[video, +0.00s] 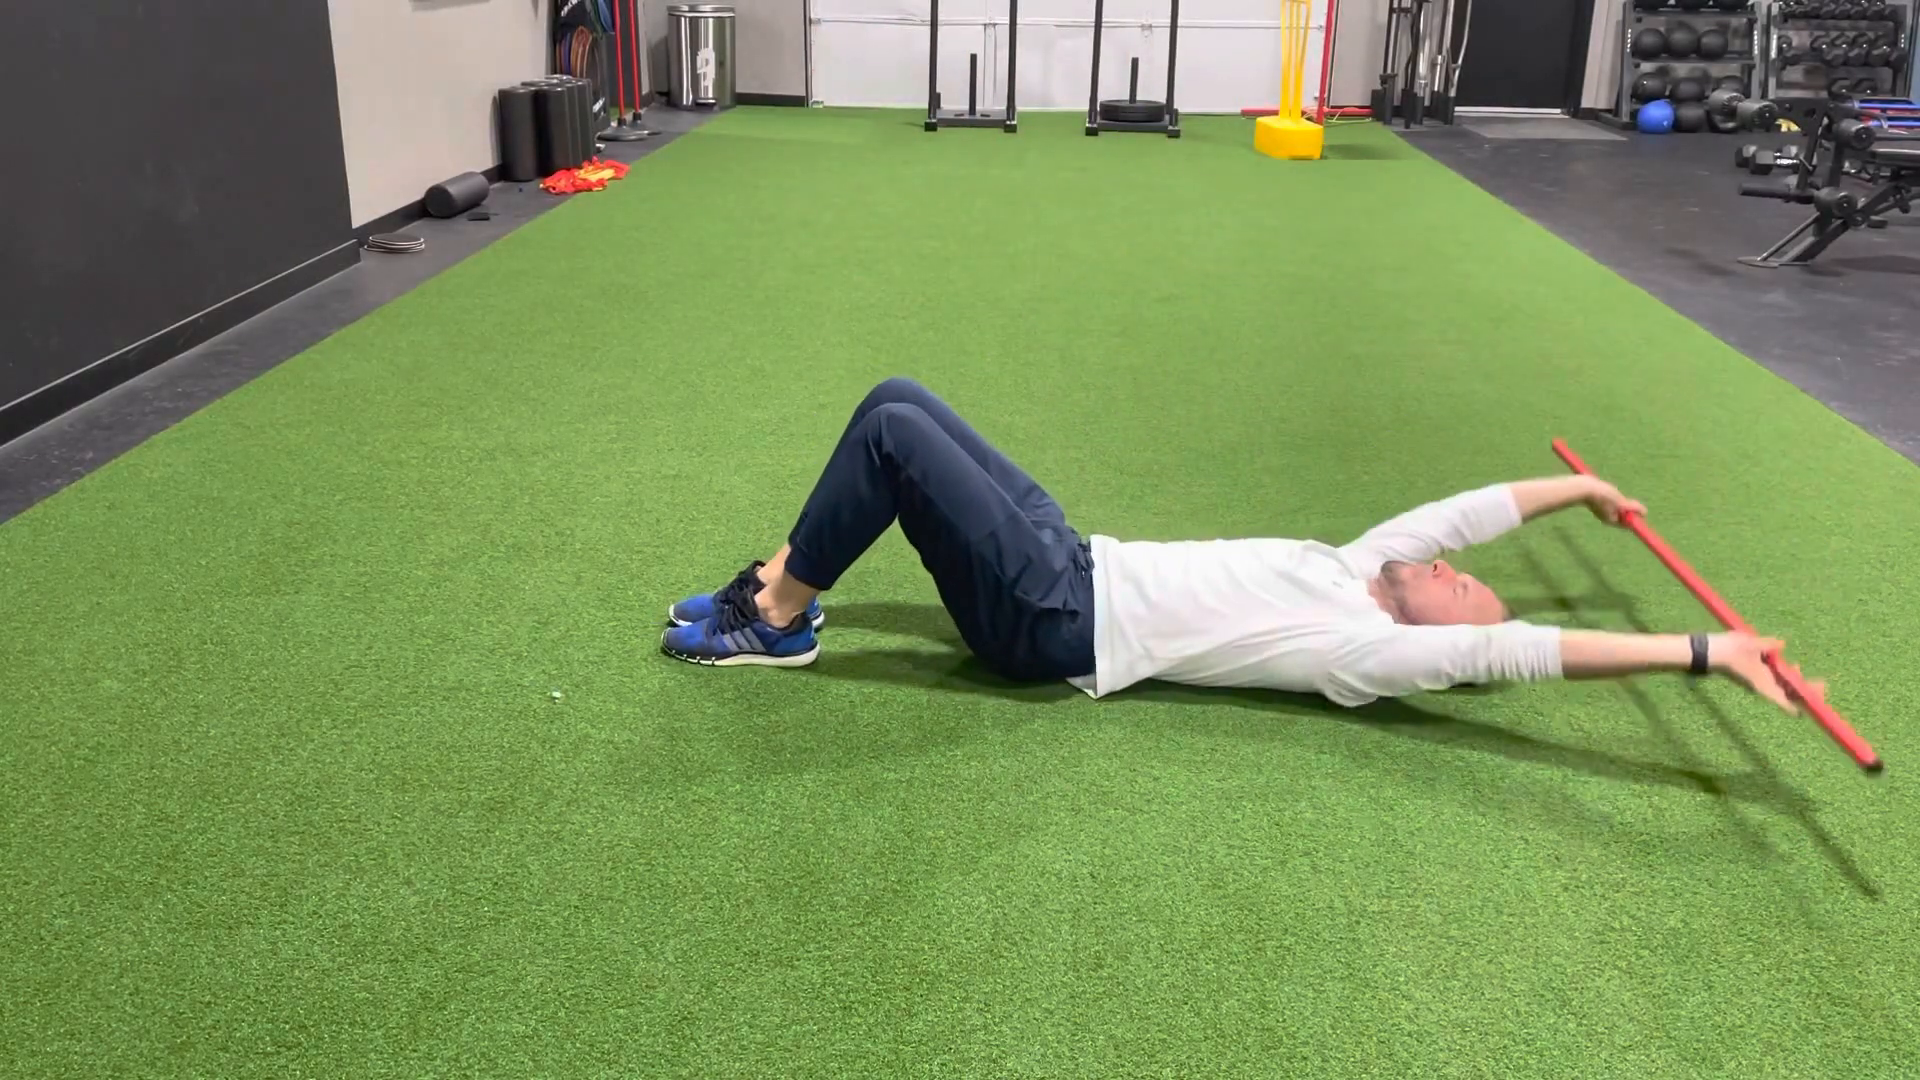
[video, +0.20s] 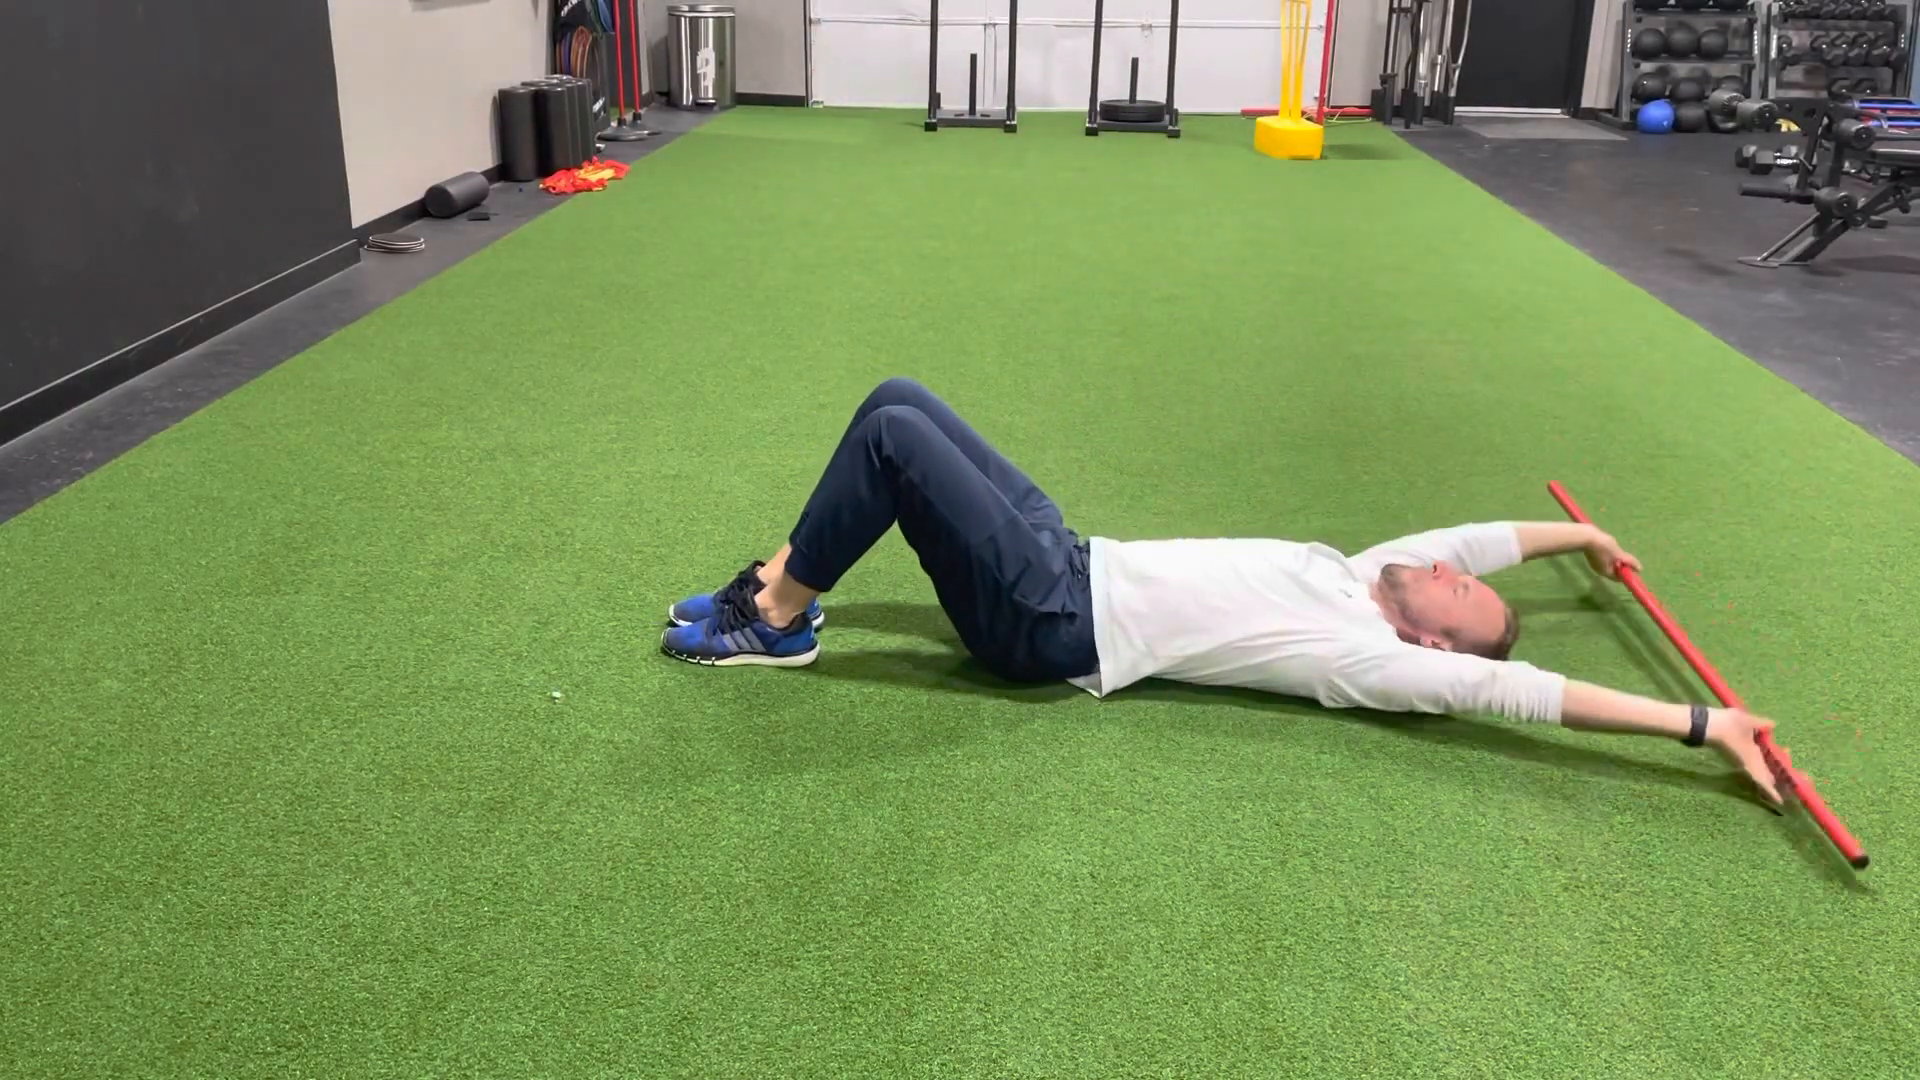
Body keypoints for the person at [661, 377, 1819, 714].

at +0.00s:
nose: (1445, 558)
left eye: (1464, 578)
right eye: (1459, 555)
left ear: (1457, 619)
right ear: (1433, 563)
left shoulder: (1380, 649)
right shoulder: (1351, 573)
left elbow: (1540, 651)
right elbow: (1451, 515)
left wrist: (1699, 650)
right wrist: (1571, 483)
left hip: (1067, 617)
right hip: (1075, 561)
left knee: (894, 419)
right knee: (895, 404)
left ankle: (780, 610)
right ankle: (784, 586)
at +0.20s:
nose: (1437, 573)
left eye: (1451, 592)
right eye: (1450, 573)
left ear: (1445, 640)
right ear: (1430, 575)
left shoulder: (1375, 660)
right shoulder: (1359, 580)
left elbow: (1532, 700)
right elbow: (1453, 546)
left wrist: (1703, 720)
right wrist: (1558, 528)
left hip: (1062, 616)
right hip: (1075, 557)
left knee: (891, 421)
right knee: (895, 403)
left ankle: (783, 609)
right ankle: (787, 582)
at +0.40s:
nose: (1439, 573)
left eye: (1452, 589)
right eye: (1451, 574)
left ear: (1443, 640)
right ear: (1431, 581)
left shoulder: (1378, 660)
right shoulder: (1358, 584)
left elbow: (1539, 710)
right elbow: (1445, 556)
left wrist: (1700, 733)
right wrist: (1562, 552)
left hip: (1060, 616)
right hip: (1072, 561)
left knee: (892, 419)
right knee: (895, 406)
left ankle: (783, 611)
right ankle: (787, 580)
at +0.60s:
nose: (1440, 574)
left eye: (1454, 591)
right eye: (1452, 573)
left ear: (1446, 641)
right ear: (1431, 575)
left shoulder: (1377, 662)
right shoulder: (1359, 584)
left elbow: (1537, 705)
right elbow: (1447, 551)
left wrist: (1703, 725)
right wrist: (1556, 537)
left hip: (1064, 615)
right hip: (1075, 556)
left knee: (891, 423)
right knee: (894, 406)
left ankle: (782, 611)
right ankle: (785, 581)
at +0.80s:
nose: (1436, 536)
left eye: (1454, 554)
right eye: (1446, 533)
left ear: (1453, 601)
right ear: (1421, 546)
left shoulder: (1377, 640)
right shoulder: (1347, 560)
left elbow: (1529, 596)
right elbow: (1427, 478)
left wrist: (1687, 557)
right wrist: (1535, 416)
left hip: (1067, 616)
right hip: (1081, 563)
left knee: (895, 419)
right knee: (897, 403)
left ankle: (780, 609)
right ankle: (784, 588)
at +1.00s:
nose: (1378, 447)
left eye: (1399, 464)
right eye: (1387, 448)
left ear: (1405, 528)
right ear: (1361, 468)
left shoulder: (1335, 584)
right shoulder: (1297, 506)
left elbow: (1376, 436)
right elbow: (1311, 371)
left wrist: (1440, 316)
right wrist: (1342, 222)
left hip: (1071, 614)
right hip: (1081, 565)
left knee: (899, 422)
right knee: (901, 403)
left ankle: (779, 611)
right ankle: (781, 584)